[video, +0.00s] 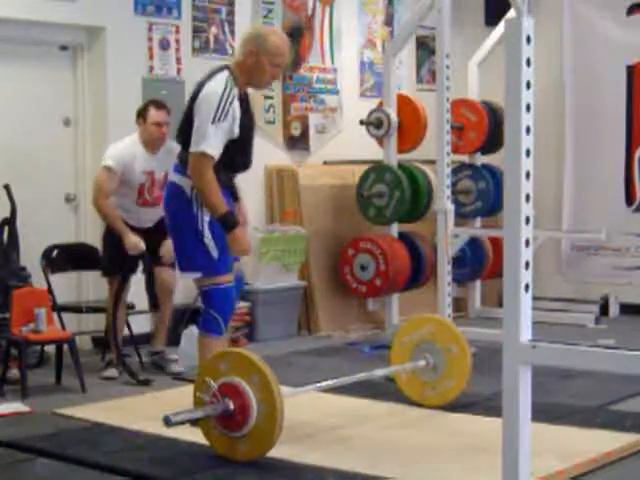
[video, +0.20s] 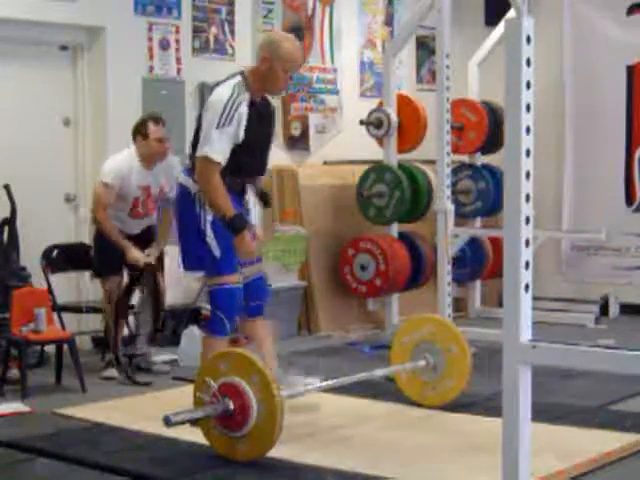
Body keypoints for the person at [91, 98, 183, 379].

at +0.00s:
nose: (163, 130)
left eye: (166, 125)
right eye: (156, 124)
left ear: (170, 126)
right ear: (140, 124)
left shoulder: (175, 154)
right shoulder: (120, 154)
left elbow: (183, 198)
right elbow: (101, 198)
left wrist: (175, 237)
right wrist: (126, 235)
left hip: (159, 225)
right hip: (123, 223)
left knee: (166, 281)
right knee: (117, 288)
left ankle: (159, 348)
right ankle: (115, 354)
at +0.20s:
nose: (166, 146)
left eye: (166, 139)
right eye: (159, 140)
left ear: (167, 139)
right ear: (140, 142)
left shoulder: (169, 166)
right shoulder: (117, 167)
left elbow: (168, 209)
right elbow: (100, 212)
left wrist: (161, 244)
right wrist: (126, 248)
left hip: (146, 230)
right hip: (114, 228)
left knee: (155, 287)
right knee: (115, 290)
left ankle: (148, 346)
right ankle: (113, 354)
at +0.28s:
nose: (167, 170)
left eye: (167, 163)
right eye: (161, 165)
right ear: (142, 167)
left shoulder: (167, 187)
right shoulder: (117, 187)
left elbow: (163, 228)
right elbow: (97, 230)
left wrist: (151, 264)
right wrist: (126, 264)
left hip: (136, 238)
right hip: (105, 236)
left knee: (156, 288)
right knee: (107, 293)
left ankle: (147, 345)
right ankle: (113, 352)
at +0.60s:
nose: (156, 209)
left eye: (157, 203)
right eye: (151, 204)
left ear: (157, 201)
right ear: (132, 205)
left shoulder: (159, 221)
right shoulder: (106, 223)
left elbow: (155, 254)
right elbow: (90, 265)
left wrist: (151, 282)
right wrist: (125, 285)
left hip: (128, 266)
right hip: (99, 268)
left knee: (162, 291)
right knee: (101, 296)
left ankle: (139, 350)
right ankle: (115, 356)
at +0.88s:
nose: (127, 195)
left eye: (127, 189)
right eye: (121, 190)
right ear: (102, 195)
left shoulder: (130, 218)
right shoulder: (85, 219)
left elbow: (143, 252)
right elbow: (78, 266)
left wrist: (144, 271)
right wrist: (116, 278)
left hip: (116, 273)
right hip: (86, 275)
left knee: (159, 291)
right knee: (98, 295)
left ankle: (144, 349)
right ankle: (112, 355)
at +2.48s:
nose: (153, 219)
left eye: (152, 213)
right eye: (149, 214)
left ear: (135, 218)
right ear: (134, 218)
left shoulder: (146, 233)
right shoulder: (102, 229)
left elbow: (149, 261)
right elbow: (75, 268)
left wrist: (144, 273)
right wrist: (113, 282)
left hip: (122, 279)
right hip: (89, 280)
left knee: (163, 288)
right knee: (92, 293)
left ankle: (150, 351)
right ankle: (96, 358)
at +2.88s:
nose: (181, 211)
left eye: (181, 206)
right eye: (177, 206)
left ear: (161, 209)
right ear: (159, 209)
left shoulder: (171, 226)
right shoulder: (128, 223)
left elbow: (164, 256)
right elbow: (103, 262)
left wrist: (153, 281)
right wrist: (124, 291)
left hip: (138, 266)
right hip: (107, 266)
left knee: (171, 290)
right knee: (101, 297)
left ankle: (150, 352)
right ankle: (97, 359)